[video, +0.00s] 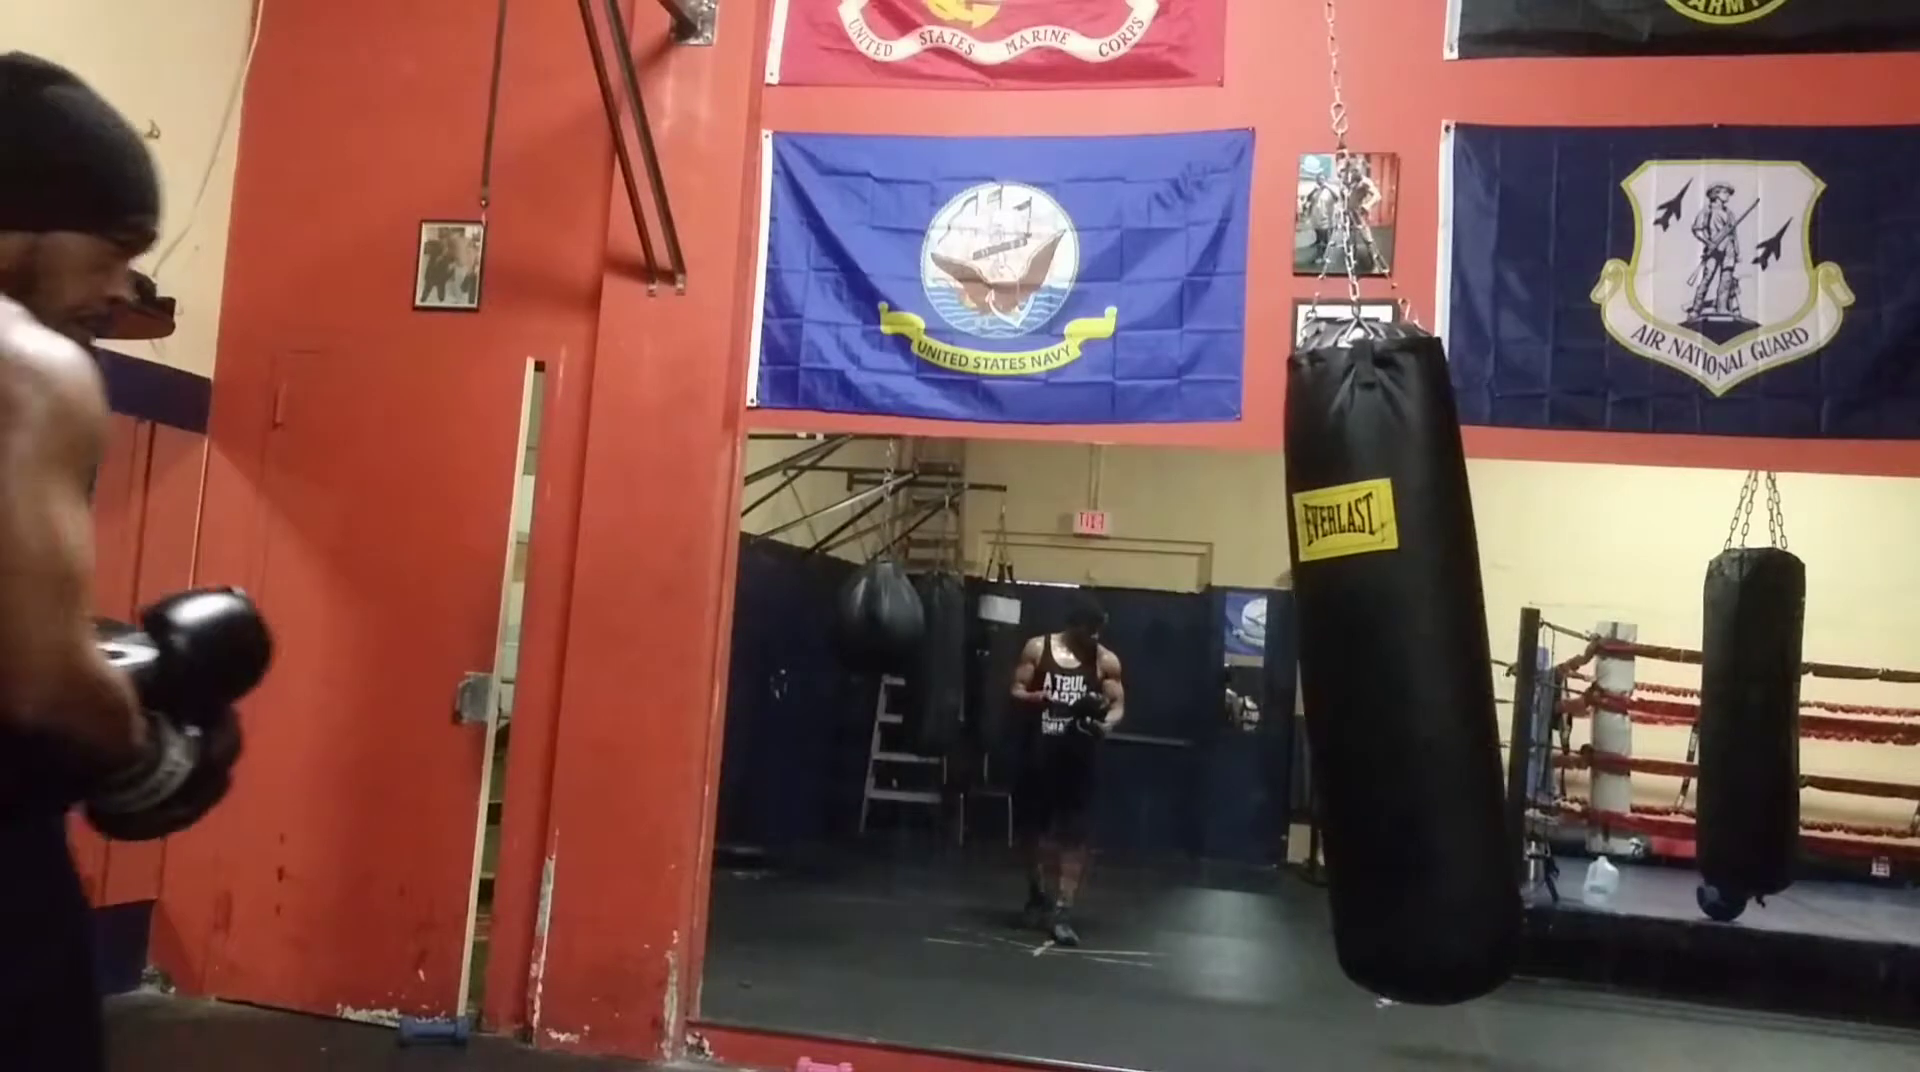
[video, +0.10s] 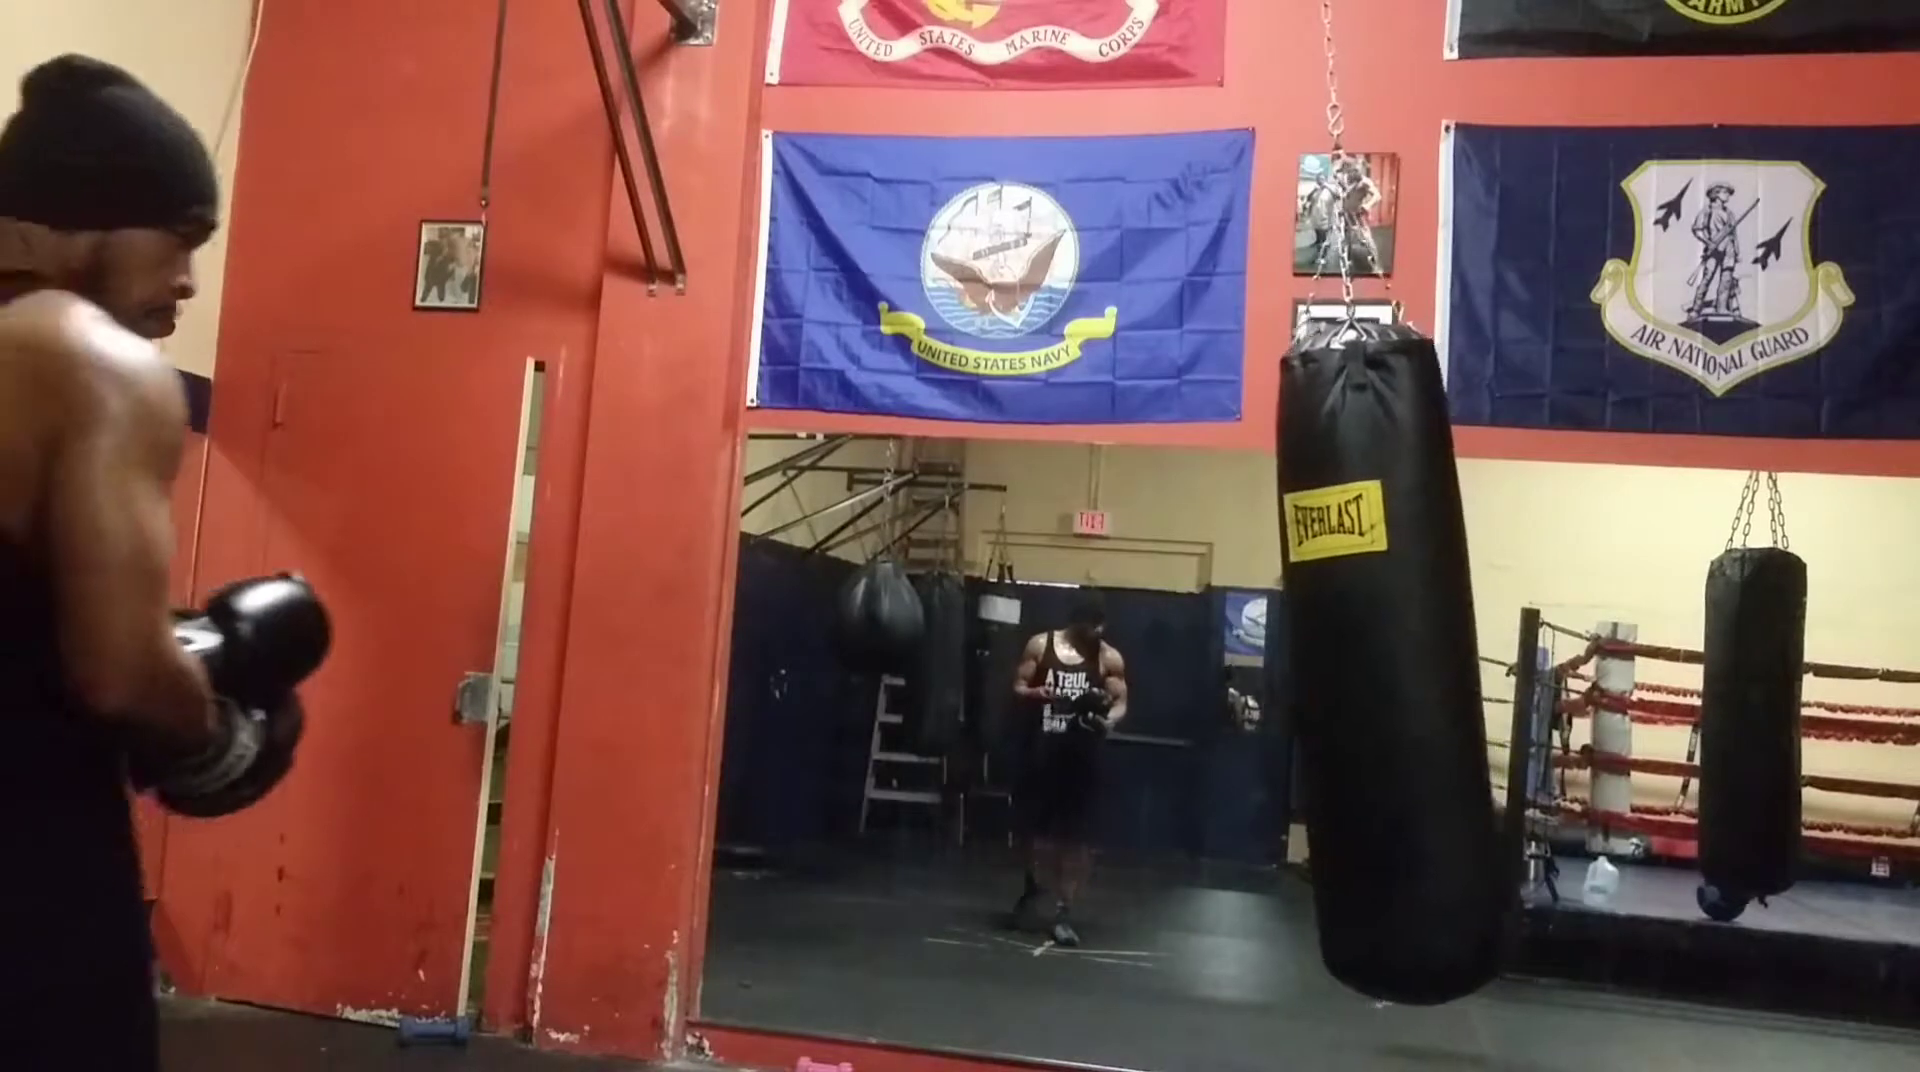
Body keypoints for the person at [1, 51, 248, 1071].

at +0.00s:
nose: (125, 290)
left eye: (135, 260)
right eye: (117, 250)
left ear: (24, 236)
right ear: (29, 228)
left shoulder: (41, 370)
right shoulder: (37, 371)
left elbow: (27, 652)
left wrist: (117, 672)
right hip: (15, 893)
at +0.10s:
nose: (186, 286)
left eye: (192, 252)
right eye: (178, 247)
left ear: (63, 226)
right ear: (87, 226)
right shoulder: (98, 367)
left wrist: (173, 647)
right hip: (38, 877)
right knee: (73, 1044)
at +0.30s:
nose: (269, 293)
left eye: (275, 259)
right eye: (261, 255)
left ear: (112, 221)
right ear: (175, 236)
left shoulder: (14, 307)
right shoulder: (209, 372)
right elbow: (248, 655)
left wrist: (268, 650)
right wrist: (313, 700)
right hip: (114, 834)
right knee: (140, 1044)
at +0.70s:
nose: (366, 340)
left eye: (367, 313)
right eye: (356, 310)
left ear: (211, 288)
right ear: (295, 303)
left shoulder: (49, 411)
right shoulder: (325, 417)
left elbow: (24, 637)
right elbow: (362, 660)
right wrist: (413, 704)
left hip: (74, 834)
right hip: (239, 854)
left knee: (70, 1044)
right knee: (238, 1047)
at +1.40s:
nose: (430, 406)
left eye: (431, 391)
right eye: (433, 392)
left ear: (324, 347)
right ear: (416, 378)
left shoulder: (186, 454)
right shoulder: (432, 463)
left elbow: (136, 652)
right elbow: (481, 668)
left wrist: (257, 652)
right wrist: (511, 635)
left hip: (206, 850)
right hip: (367, 866)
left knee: (198, 1054)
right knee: (367, 1052)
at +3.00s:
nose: (508, 483)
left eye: (509, 470)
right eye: (511, 470)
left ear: (433, 432)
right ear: (503, 457)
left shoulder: (324, 499)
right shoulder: (502, 514)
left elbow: (276, 643)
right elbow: (539, 668)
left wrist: (366, 618)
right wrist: (573, 671)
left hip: (332, 785)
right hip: (450, 794)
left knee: (330, 997)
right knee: (464, 977)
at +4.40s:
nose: (620, 524)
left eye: (625, 514)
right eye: (625, 513)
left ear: (567, 466)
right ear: (618, 490)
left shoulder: (462, 522)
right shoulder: (601, 540)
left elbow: (412, 649)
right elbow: (620, 675)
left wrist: (494, 629)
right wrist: (657, 688)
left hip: (455, 789)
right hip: (540, 799)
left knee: (475, 981)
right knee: (509, 991)